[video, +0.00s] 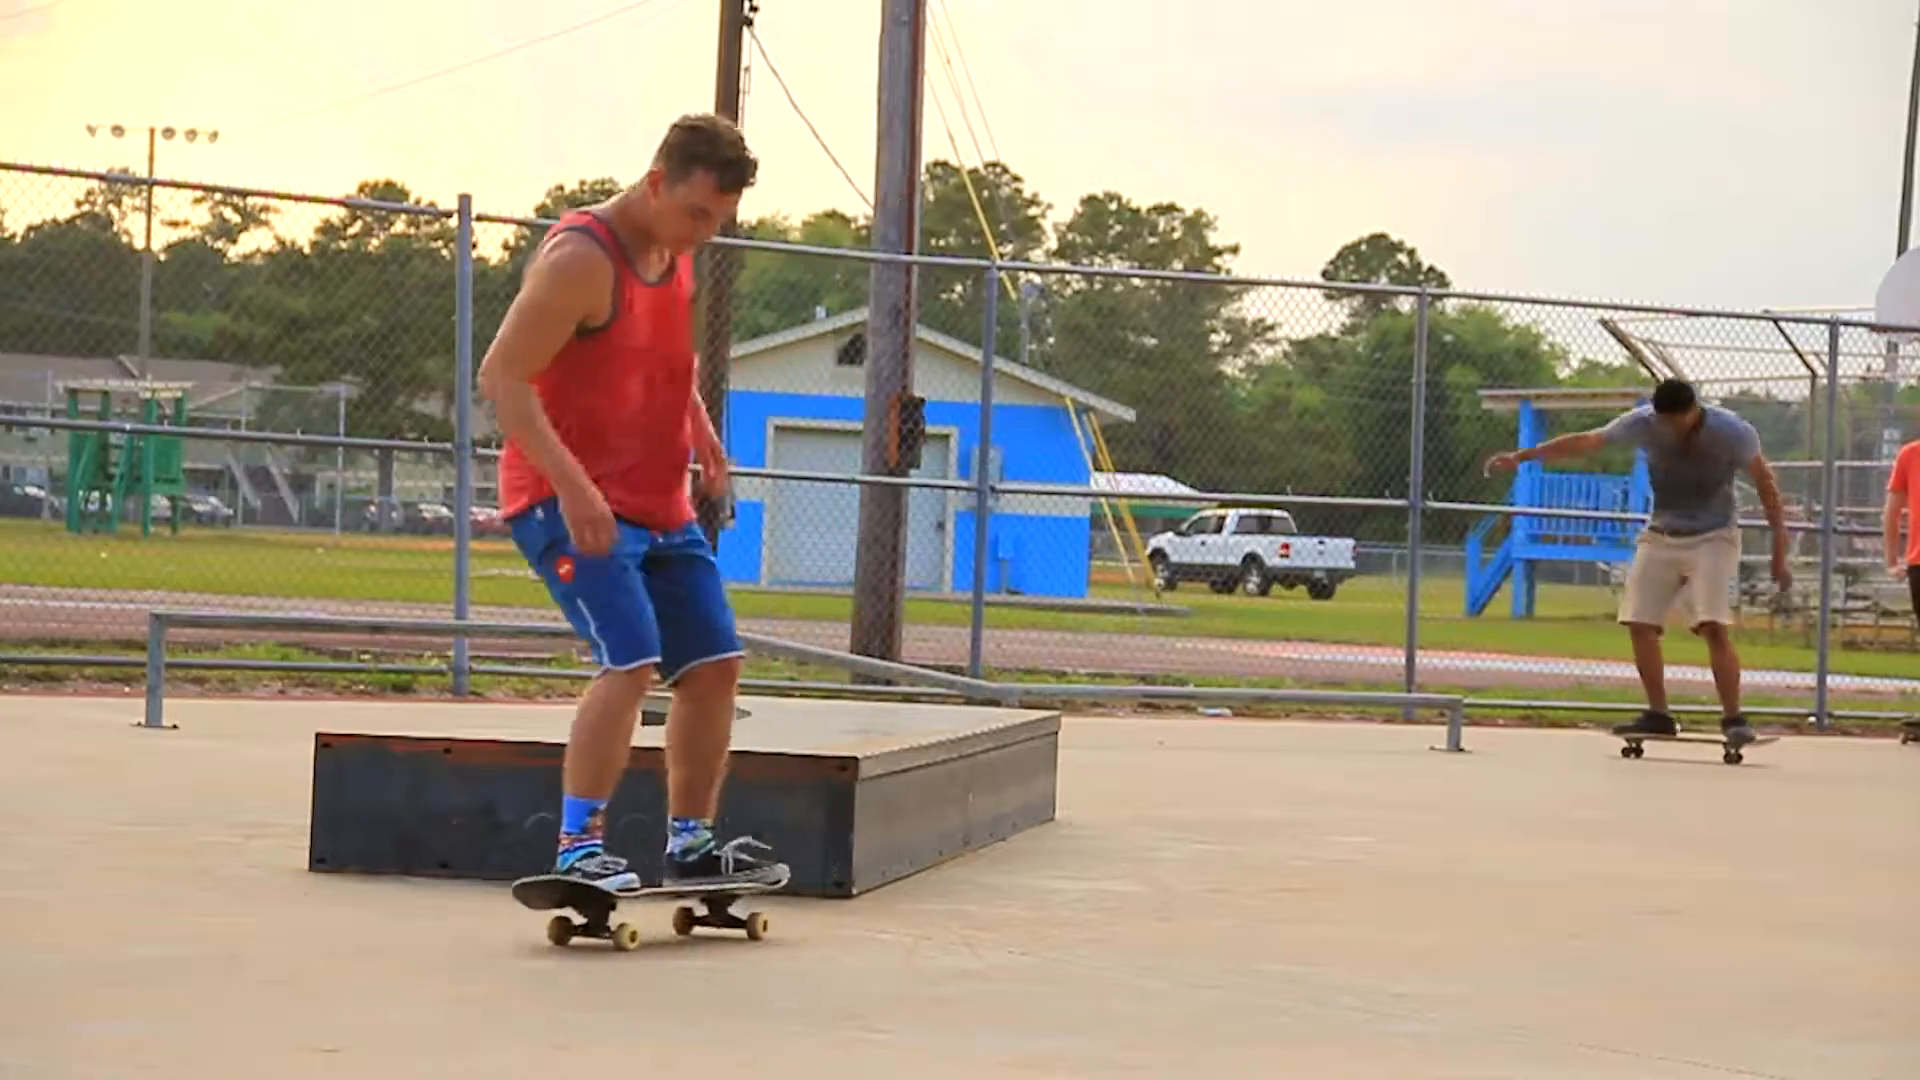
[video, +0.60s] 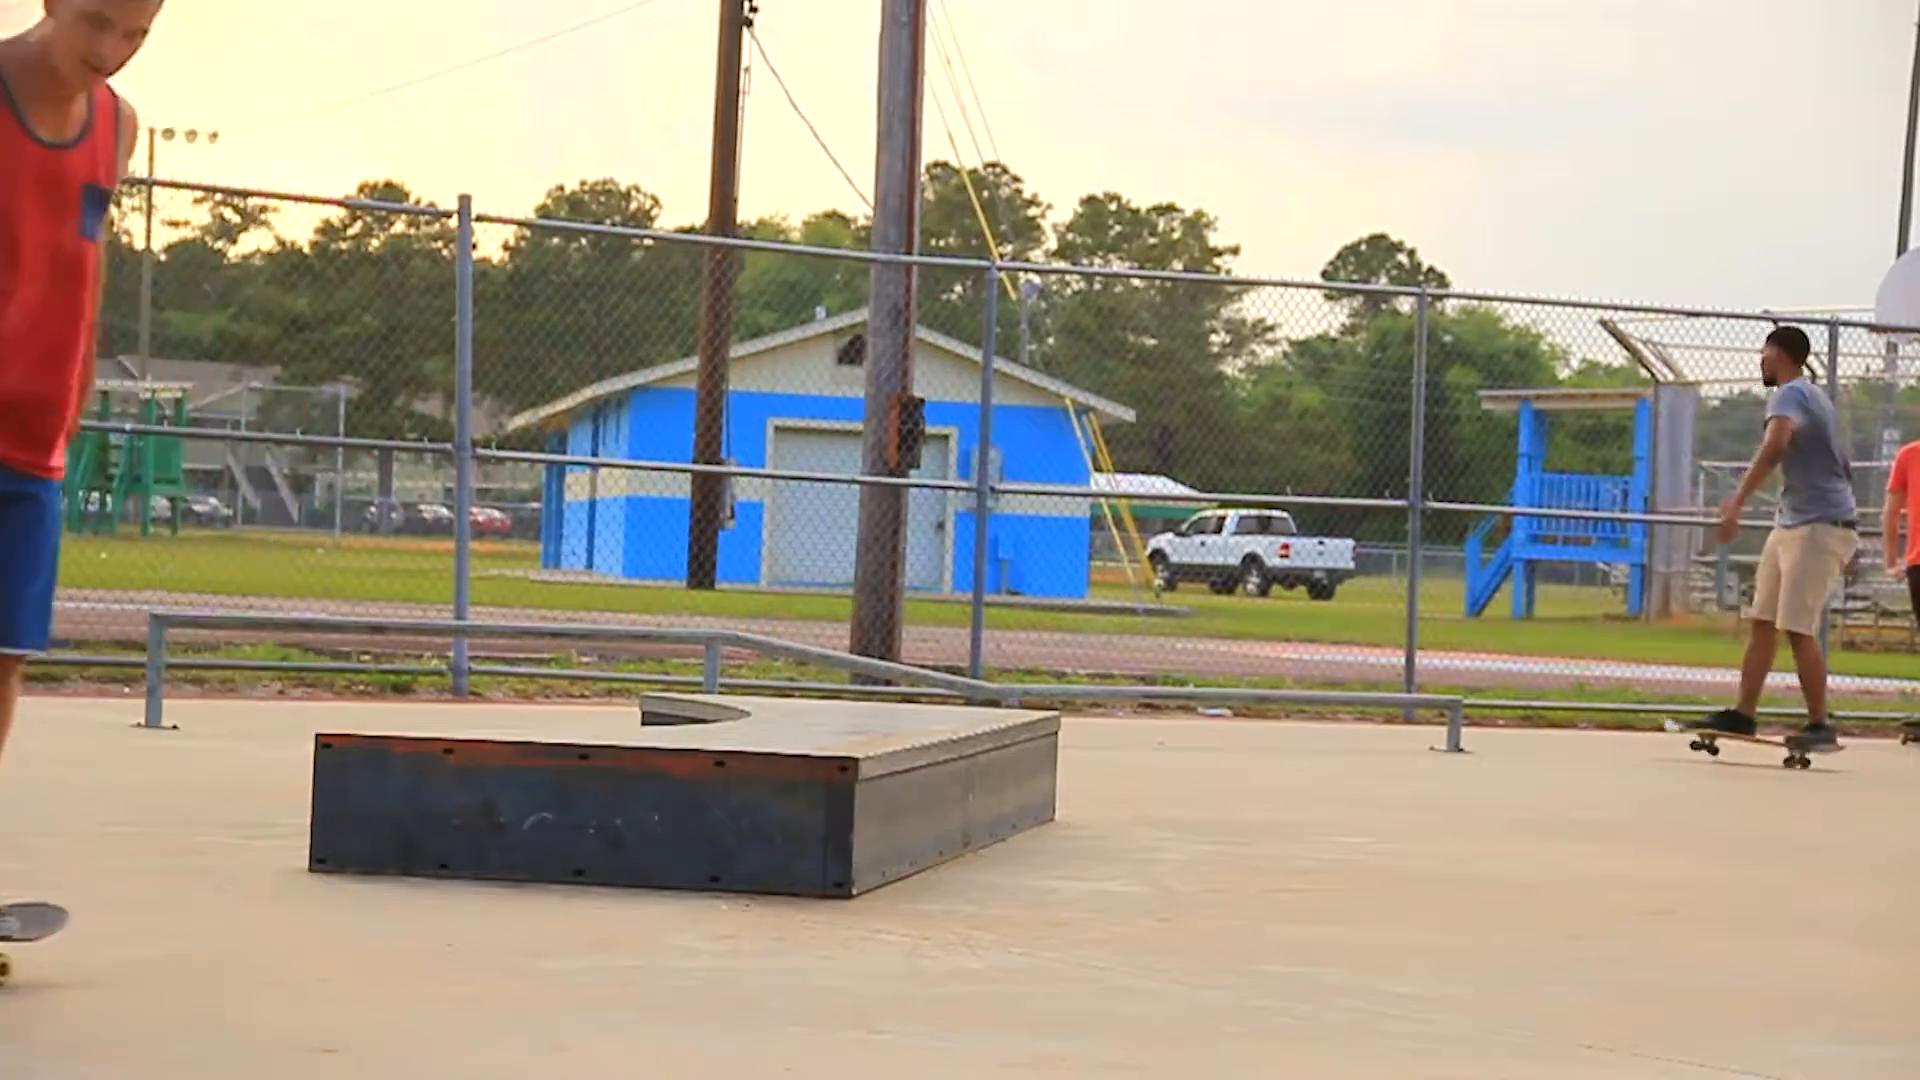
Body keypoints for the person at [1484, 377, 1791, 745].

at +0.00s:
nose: (1674, 432)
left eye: (1681, 425)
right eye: (1666, 425)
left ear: (1696, 411)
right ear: (1656, 414)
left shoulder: (1732, 432)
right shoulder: (1644, 423)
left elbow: (1766, 485)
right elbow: (1585, 443)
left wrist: (1780, 553)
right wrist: (1523, 455)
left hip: (1713, 539)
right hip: (1661, 537)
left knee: (1714, 626)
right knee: (1639, 623)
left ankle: (1734, 720)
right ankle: (1658, 715)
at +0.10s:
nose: (1690, 405)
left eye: (1696, 399)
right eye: (1684, 398)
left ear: (1717, 388)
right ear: (1679, 391)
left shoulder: (1750, 424)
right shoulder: (1667, 410)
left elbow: (1762, 495)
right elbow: (1614, 431)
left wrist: (1750, 557)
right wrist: (1549, 442)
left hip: (1733, 538)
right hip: (1678, 536)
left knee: (1742, 630)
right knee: (1664, 624)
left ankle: (1757, 720)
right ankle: (1681, 716)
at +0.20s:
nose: (1703, 387)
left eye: (1709, 379)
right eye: (1699, 379)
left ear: (1733, 373)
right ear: (1698, 374)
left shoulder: (1764, 417)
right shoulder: (1693, 403)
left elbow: (1757, 494)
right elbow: (1649, 435)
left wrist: (1717, 537)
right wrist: (1591, 457)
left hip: (1748, 531)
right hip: (1697, 528)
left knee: (1760, 627)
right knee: (1685, 622)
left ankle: (1780, 721)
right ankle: (1702, 716)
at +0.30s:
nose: (1715, 367)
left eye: (1722, 359)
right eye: (1714, 360)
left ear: (1749, 360)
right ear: (1724, 362)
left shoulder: (1776, 412)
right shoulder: (1718, 405)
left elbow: (1761, 476)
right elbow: (1696, 452)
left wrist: (1697, 507)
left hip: (1762, 530)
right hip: (1714, 530)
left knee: (1775, 626)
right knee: (1706, 623)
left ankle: (1804, 719)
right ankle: (1718, 718)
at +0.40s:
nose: (1729, 358)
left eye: (1737, 351)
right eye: (1731, 351)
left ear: (1765, 355)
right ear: (1755, 356)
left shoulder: (1786, 407)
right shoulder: (1745, 410)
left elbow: (1760, 468)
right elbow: (1748, 474)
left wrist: (1691, 489)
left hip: (1777, 530)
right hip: (1732, 531)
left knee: (1783, 627)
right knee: (1718, 621)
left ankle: (1820, 721)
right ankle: (1727, 718)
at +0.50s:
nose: (1745, 355)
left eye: (1753, 347)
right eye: (1748, 348)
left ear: (1776, 355)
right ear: (1769, 357)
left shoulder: (1789, 400)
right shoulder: (1771, 405)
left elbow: (1766, 462)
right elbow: (1777, 474)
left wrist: (1698, 493)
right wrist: (1757, 522)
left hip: (1795, 529)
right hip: (1761, 529)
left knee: (1788, 627)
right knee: (1736, 620)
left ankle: (1816, 723)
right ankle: (1724, 717)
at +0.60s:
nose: (1760, 359)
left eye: (1766, 352)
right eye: (1763, 352)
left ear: (1782, 356)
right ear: (1793, 359)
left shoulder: (1793, 392)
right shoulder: (1808, 397)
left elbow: (1776, 443)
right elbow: (1833, 467)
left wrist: (1737, 499)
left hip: (1819, 528)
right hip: (1790, 526)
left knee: (1798, 626)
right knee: (1764, 621)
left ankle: (1819, 725)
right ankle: (1744, 712)